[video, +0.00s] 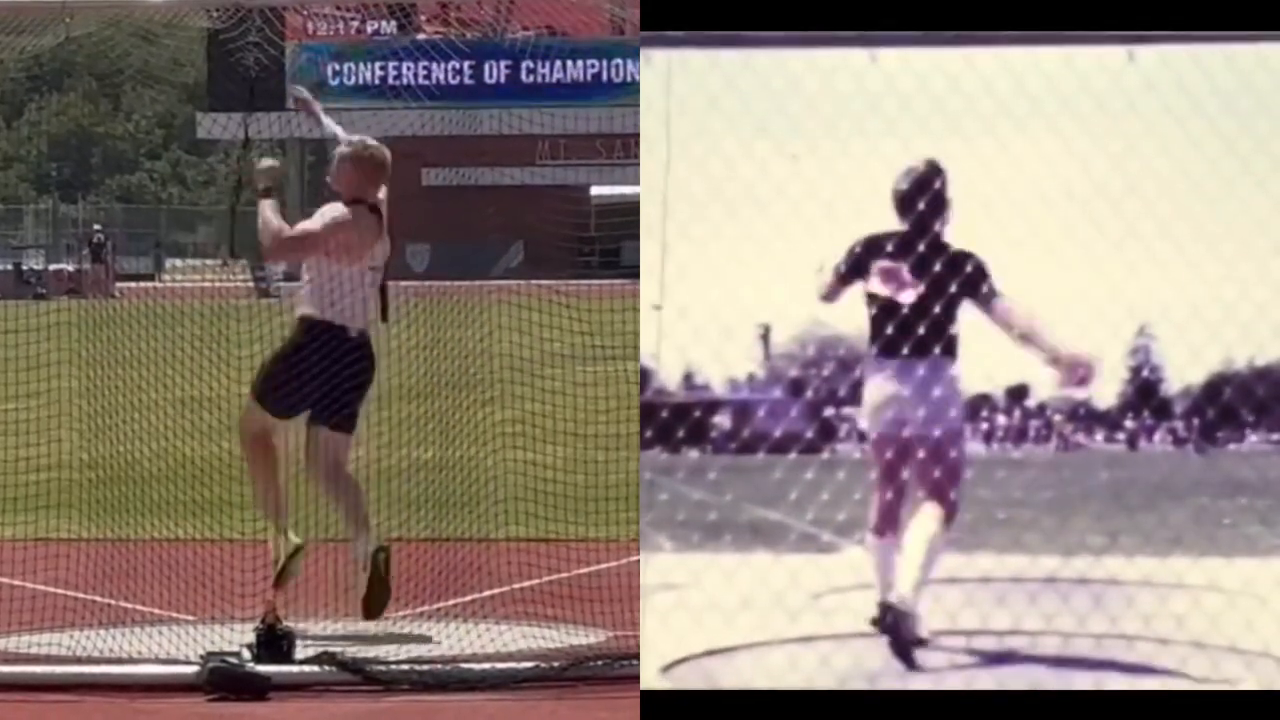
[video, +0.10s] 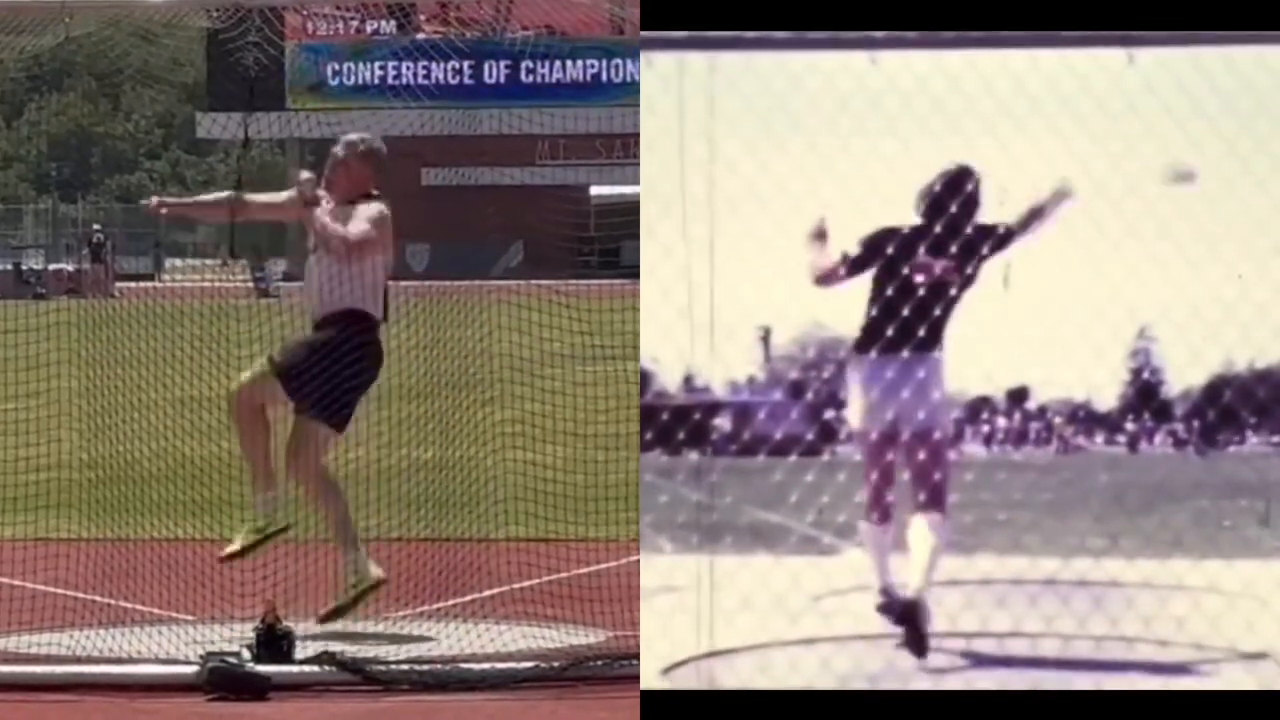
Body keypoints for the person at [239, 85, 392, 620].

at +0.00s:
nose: (332, 170)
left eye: (339, 164)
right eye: (336, 164)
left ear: (354, 175)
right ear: (374, 179)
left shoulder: (340, 217)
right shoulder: (376, 217)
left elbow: (276, 244)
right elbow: (351, 150)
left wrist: (265, 194)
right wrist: (316, 113)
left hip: (316, 340)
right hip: (355, 346)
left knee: (255, 431)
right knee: (328, 460)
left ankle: (281, 535)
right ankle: (368, 547)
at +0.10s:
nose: (331, 171)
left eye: (342, 164)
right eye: (333, 162)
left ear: (365, 175)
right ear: (333, 166)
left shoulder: (375, 212)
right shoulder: (315, 204)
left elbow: (344, 241)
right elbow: (241, 205)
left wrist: (313, 204)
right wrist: (175, 206)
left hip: (348, 339)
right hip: (339, 341)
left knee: (247, 397)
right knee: (305, 461)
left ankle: (268, 513)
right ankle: (359, 568)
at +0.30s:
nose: (331, 202)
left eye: (337, 194)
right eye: (322, 192)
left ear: (344, 201)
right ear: (297, 197)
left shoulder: (358, 241)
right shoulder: (274, 245)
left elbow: (419, 293)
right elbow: (277, 295)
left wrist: (400, 272)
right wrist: (324, 320)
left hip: (350, 366)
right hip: (299, 369)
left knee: (396, 356)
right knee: (289, 493)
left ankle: (373, 437)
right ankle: (276, 610)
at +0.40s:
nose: (343, 215)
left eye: (346, 206)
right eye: (334, 205)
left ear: (344, 208)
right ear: (305, 206)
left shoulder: (343, 249)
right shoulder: (282, 250)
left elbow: (378, 294)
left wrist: (424, 289)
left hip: (339, 372)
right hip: (291, 381)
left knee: (426, 350)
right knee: (290, 496)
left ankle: (484, 416)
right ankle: (277, 612)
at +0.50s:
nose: (366, 205)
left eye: (366, 196)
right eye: (360, 196)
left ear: (340, 197)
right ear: (332, 194)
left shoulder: (337, 240)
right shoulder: (307, 231)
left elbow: (360, 291)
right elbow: (373, 248)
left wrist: (422, 302)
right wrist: (446, 240)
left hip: (337, 355)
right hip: (293, 372)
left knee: (436, 355)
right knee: (306, 484)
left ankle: (530, 427)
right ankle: (276, 603)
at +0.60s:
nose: (388, 195)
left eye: (388, 187)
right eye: (382, 187)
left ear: (357, 190)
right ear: (358, 188)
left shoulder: (349, 230)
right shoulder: (337, 222)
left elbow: (345, 297)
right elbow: (421, 215)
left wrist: (384, 320)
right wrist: (479, 192)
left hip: (333, 349)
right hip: (295, 364)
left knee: (410, 366)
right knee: (334, 475)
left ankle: (470, 436)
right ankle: (292, 581)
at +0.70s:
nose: (404, 207)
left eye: (403, 200)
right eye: (400, 199)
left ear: (363, 193)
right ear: (382, 196)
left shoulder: (334, 224)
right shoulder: (370, 228)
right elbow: (448, 212)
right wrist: (498, 167)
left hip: (299, 351)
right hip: (318, 358)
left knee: (357, 360)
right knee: (350, 472)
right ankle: (323, 590)